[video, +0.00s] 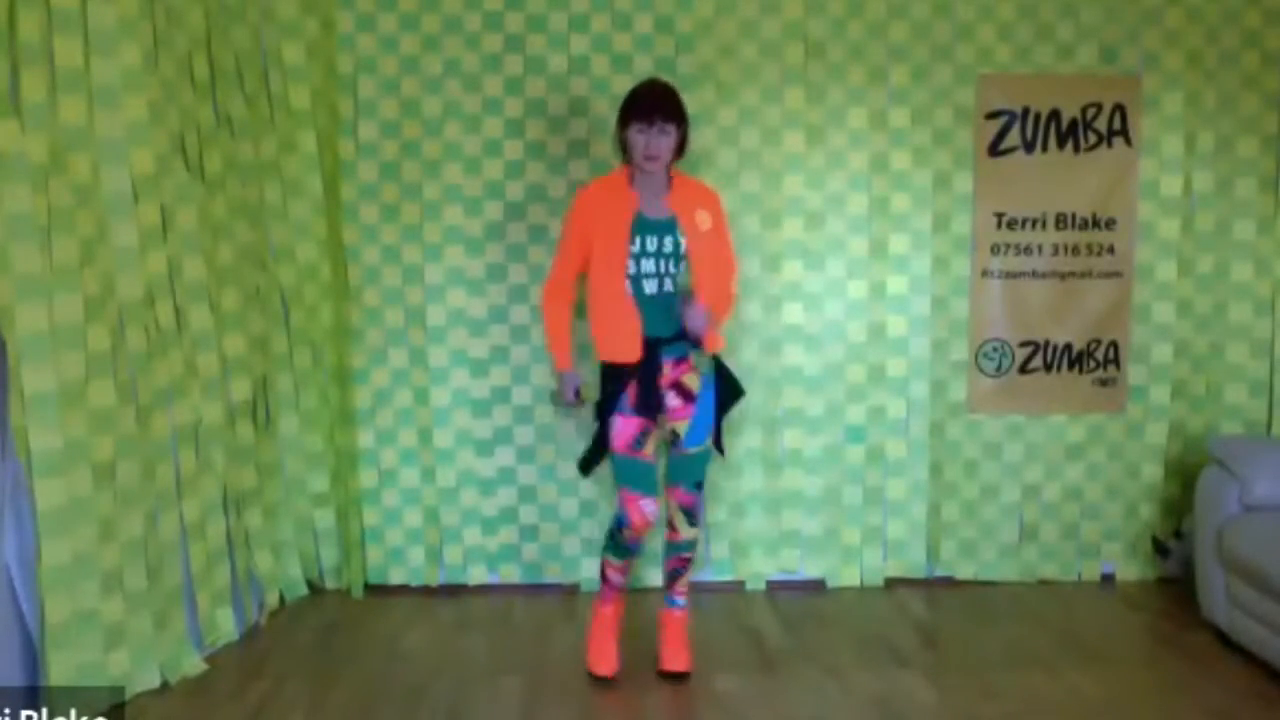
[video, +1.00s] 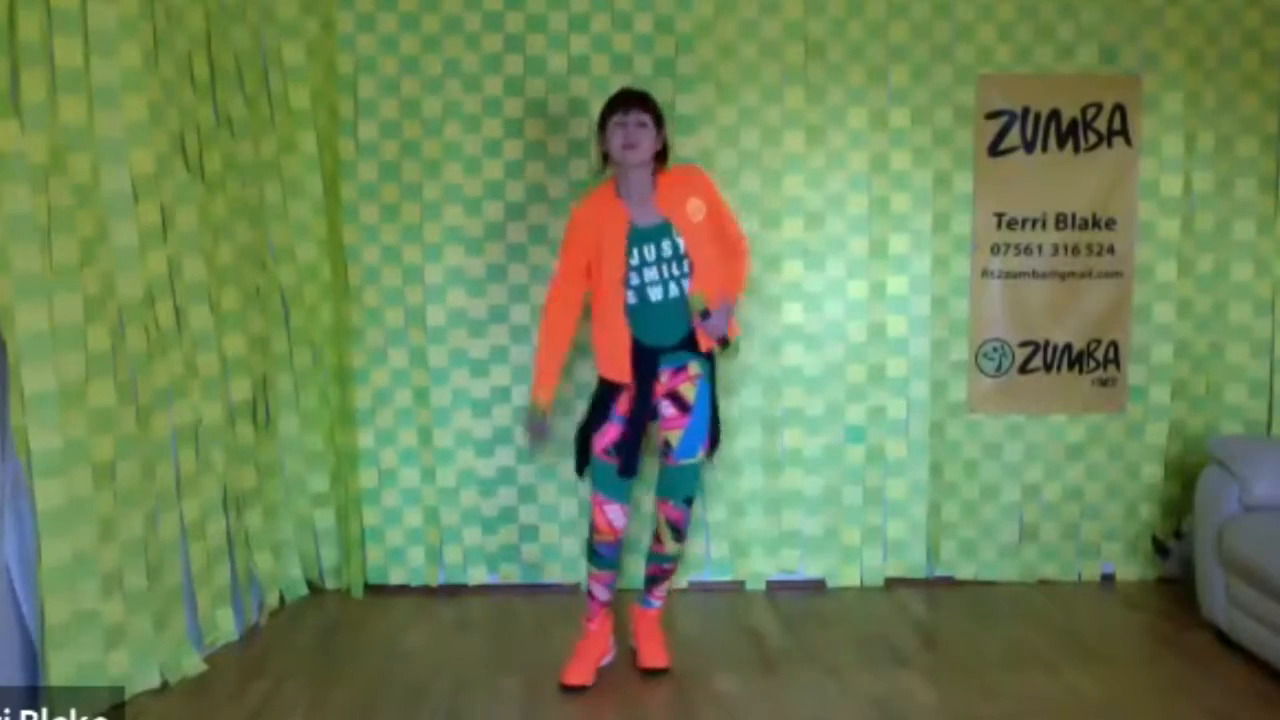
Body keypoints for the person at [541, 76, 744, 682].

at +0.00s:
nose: (652, 142)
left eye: (664, 131)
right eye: (641, 130)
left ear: (680, 139)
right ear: (623, 136)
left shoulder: (701, 201)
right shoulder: (594, 202)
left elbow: (723, 277)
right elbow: (560, 285)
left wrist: (704, 312)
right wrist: (564, 363)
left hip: (692, 364)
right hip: (626, 369)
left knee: (686, 505)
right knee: (636, 510)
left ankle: (676, 620)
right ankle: (607, 613)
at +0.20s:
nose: (645, 151)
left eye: (657, 139)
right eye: (634, 138)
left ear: (674, 147)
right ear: (616, 143)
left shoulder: (685, 208)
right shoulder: (589, 206)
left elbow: (713, 288)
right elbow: (551, 296)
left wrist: (701, 305)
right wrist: (558, 378)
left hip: (680, 370)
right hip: (616, 372)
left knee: (684, 510)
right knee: (632, 515)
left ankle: (668, 620)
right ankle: (608, 620)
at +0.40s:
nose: (640, 136)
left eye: (649, 126)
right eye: (628, 126)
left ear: (661, 138)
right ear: (605, 137)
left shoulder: (682, 205)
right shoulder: (573, 208)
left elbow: (714, 282)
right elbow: (544, 291)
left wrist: (722, 353)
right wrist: (564, 341)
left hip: (667, 366)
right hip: (600, 366)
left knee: (677, 500)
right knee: (604, 503)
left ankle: (675, 604)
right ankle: (603, 618)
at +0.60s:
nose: (628, 127)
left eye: (638, 119)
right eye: (616, 120)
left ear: (655, 134)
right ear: (599, 136)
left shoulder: (685, 201)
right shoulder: (577, 207)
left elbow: (709, 274)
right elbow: (554, 288)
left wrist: (706, 336)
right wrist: (570, 299)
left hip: (661, 368)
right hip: (597, 367)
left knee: (652, 507)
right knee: (602, 503)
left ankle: (650, 613)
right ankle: (602, 617)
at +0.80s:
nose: (637, 126)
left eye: (648, 118)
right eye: (626, 119)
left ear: (668, 134)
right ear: (610, 136)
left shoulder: (696, 195)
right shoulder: (589, 207)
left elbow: (748, 262)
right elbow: (567, 275)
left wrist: (727, 315)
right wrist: (557, 317)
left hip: (675, 365)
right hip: (606, 366)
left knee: (664, 500)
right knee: (594, 496)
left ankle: (649, 612)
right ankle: (593, 611)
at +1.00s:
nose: (630, 135)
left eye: (641, 126)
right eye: (619, 127)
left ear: (660, 138)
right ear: (604, 142)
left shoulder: (692, 186)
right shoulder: (591, 213)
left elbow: (733, 249)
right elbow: (563, 303)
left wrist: (725, 305)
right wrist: (542, 394)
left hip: (689, 364)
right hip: (622, 370)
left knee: (677, 500)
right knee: (607, 501)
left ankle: (649, 615)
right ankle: (597, 625)